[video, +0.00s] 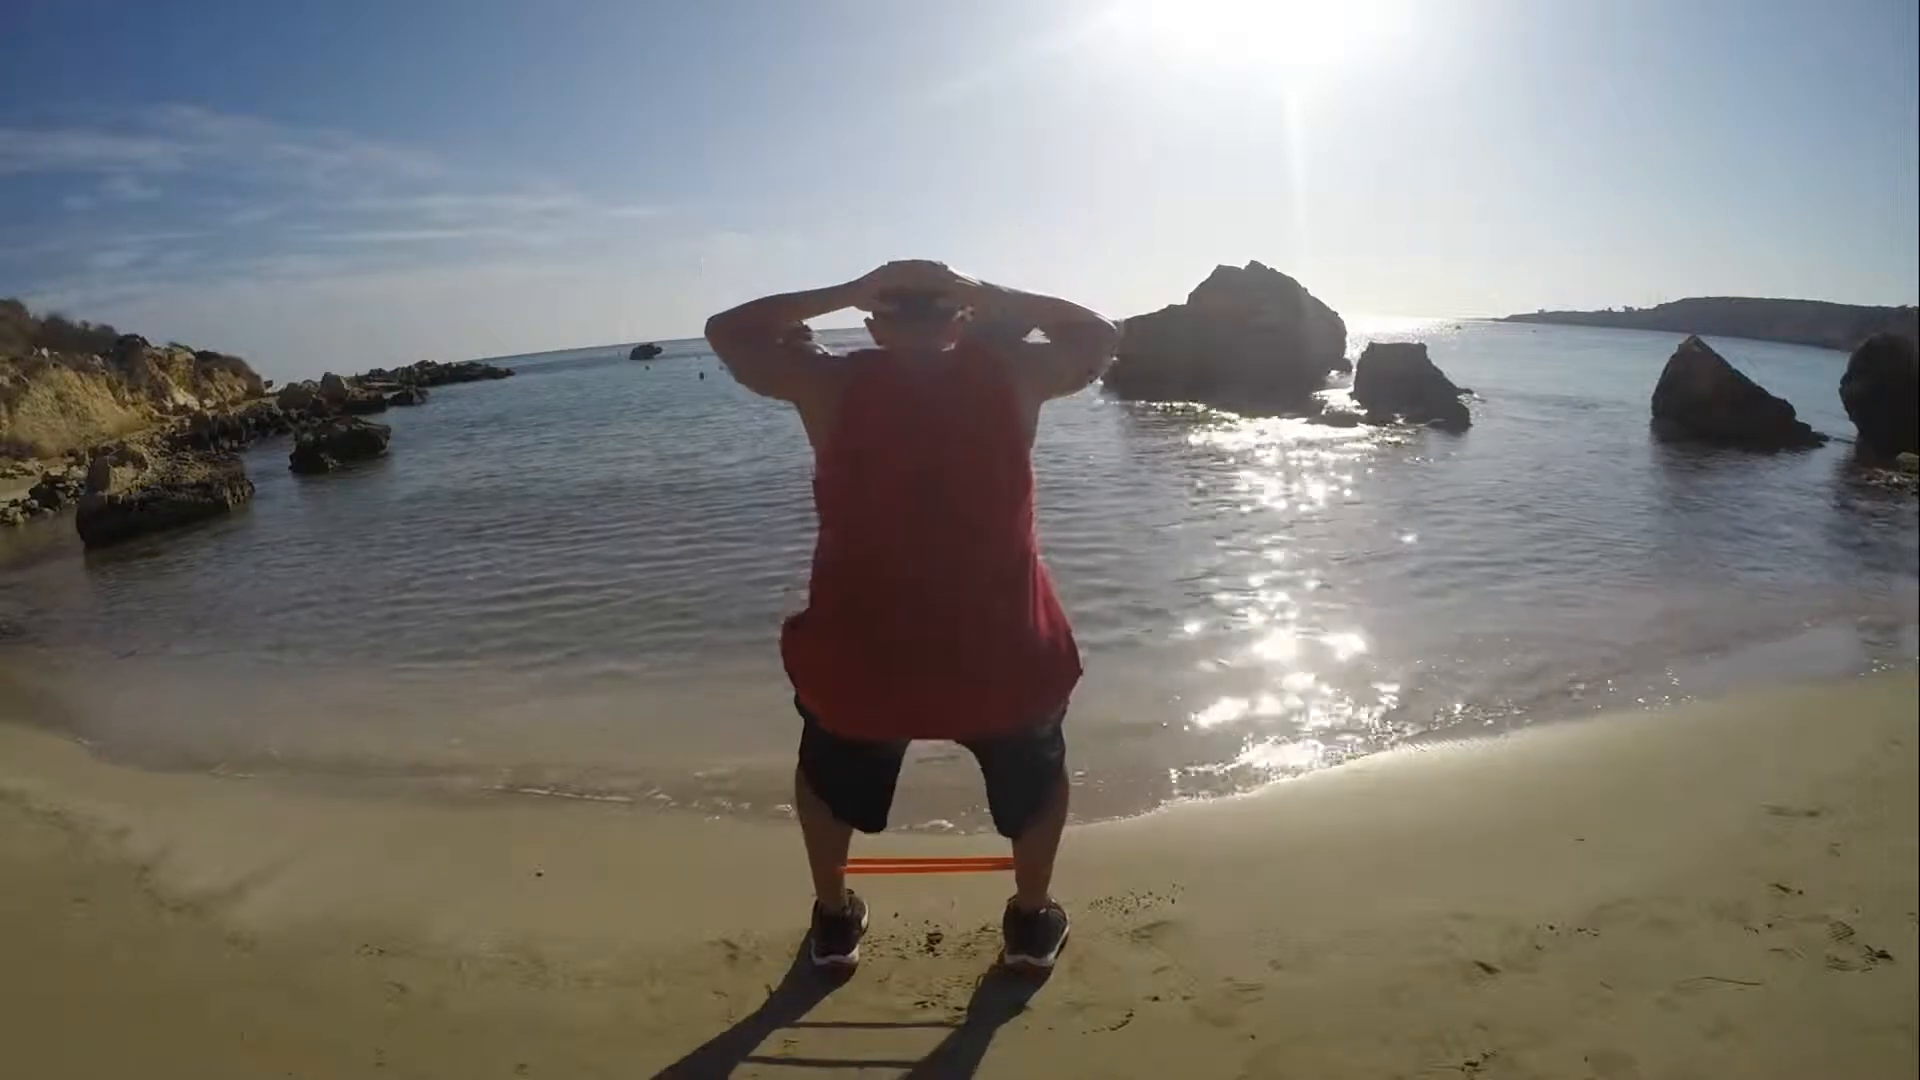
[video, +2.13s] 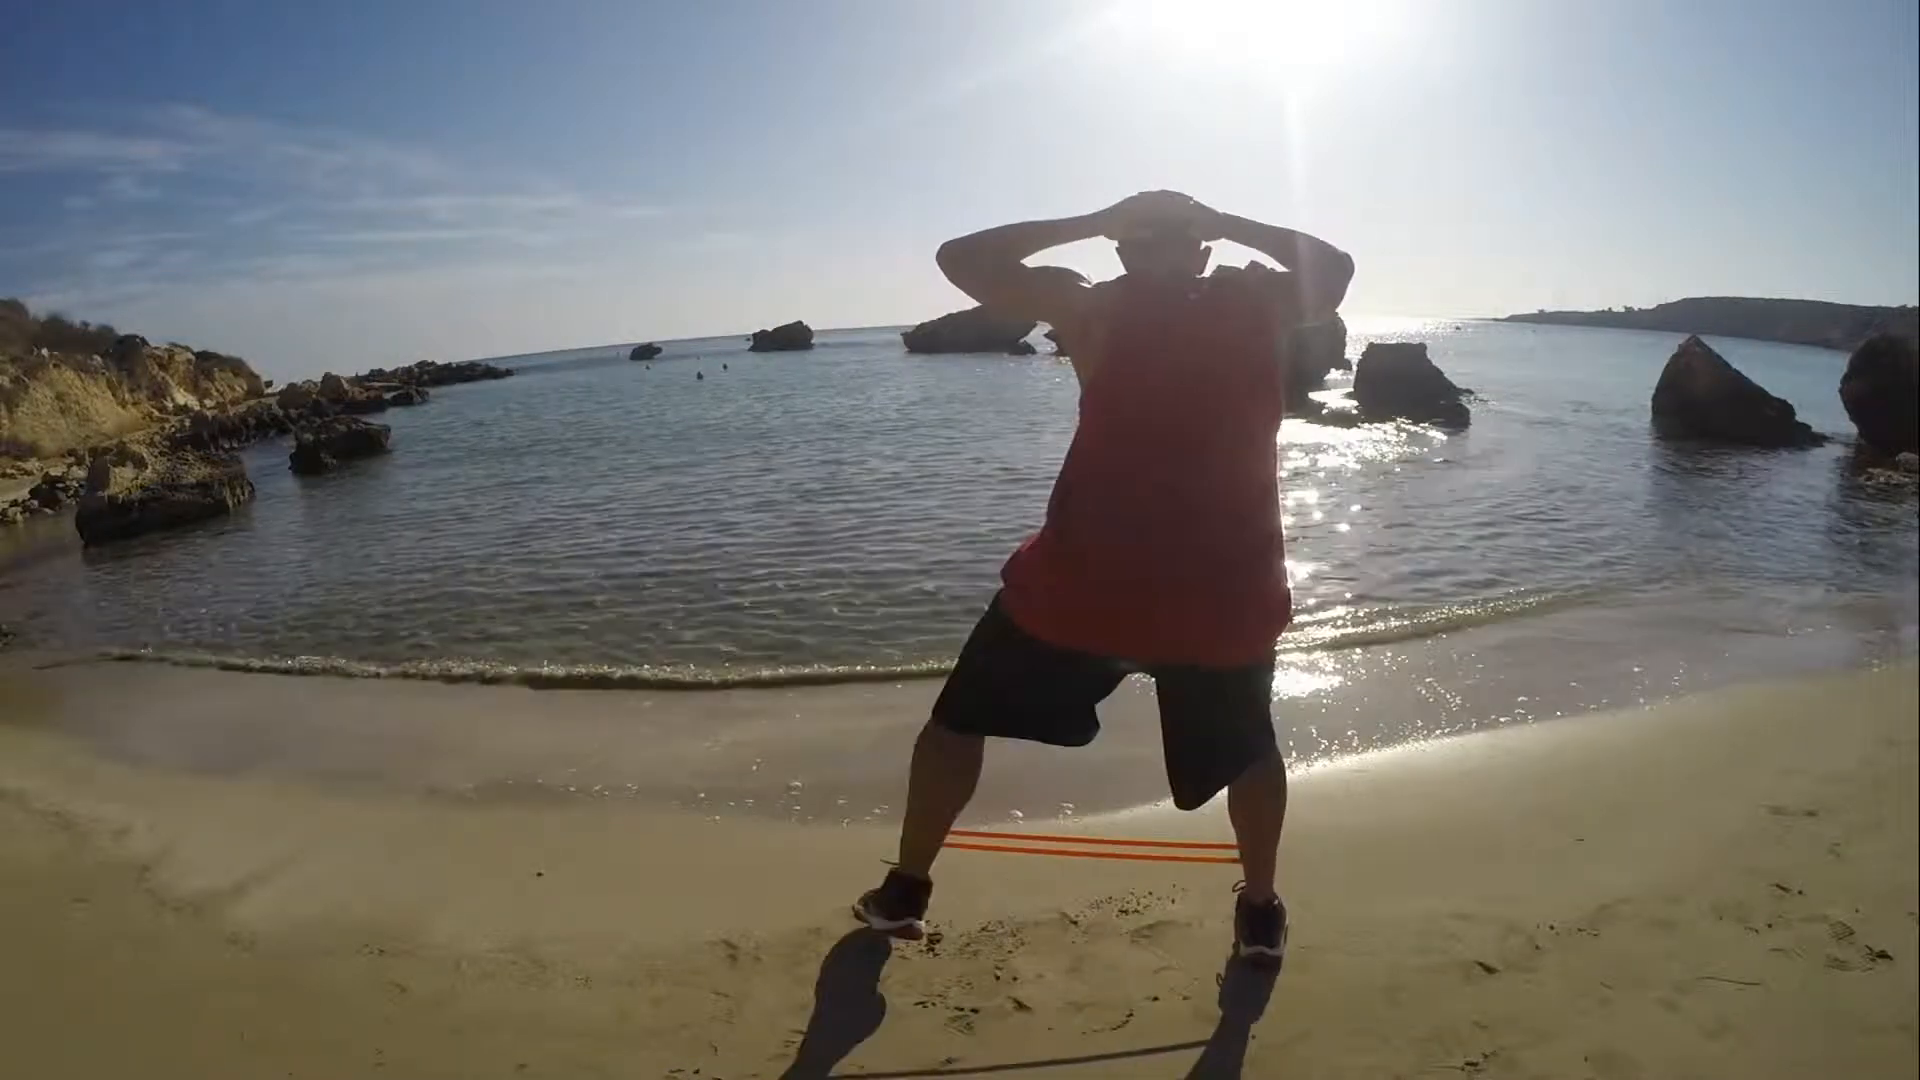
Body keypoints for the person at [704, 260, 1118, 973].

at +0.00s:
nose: (900, 306)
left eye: (894, 300)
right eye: (912, 296)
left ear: (875, 321)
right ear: (963, 316)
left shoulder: (828, 380)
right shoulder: (1009, 373)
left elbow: (728, 329)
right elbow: (1099, 335)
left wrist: (849, 293)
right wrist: (994, 296)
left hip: (863, 658)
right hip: (998, 655)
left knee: (827, 762)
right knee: (1035, 768)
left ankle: (832, 915)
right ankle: (1030, 917)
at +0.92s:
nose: (869, 241)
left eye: (868, 229)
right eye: (873, 228)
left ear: (833, 242)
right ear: (919, 242)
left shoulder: (791, 311)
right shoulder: (970, 296)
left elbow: (695, 271)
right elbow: (1067, 249)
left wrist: (806, 224)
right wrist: (945, 214)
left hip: (852, 580)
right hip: (998, 567)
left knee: (834, 760)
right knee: (1077, 731)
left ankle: (831, 919)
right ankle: (1095, 890)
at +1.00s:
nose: (866, 222)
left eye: (857, 214)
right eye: (884, 210)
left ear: (831, 237)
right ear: (918, 233)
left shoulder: (789, 303)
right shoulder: (968, 286)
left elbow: (698, 265)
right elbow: (1072, 236)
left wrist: (807, 214)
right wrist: (939, 201)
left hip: (855, 576)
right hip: (1003, 557)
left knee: (839, 760)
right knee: (1107, 727)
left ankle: (832, 917)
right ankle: (1156, 881)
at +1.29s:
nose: (929, 247)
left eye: (930, 234)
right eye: (934, 232)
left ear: (913, 250)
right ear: (998, 247)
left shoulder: (873, 322)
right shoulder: (1052, 304)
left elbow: (764, 278)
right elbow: (1147, 251)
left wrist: (881, 228)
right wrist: (1019, 217)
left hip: (934, 596)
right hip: (1083, 590)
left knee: (868, 771)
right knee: (1179, 764)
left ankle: (838, 916)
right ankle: (1253, 904)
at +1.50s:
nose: (1034, 246)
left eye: (1036, 231)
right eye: (1037, 229)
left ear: (1028, 240)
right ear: (1105, 235)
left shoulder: (999, 312)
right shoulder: (1167, 293)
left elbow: (866, 270)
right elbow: (1247, 243)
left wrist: (990, 221)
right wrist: (1127, 210)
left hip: (1036, 578)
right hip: (1179, 579)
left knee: (936, 743)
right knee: (1232, 748)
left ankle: (873, 896)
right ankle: (1257, 907)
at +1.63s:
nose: (1107, 230)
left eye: (1104, 216)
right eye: (1105, 215)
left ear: (1080, 228)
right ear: (1157, 221)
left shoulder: (1056, 298)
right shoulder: (1218, 281)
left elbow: (914, 250)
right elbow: (1291, 238)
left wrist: (1039, 207)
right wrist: (1183, 197)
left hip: (1085, 561)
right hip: (1225, 563)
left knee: (1002, 734)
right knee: (1251, 752)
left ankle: (992, 893)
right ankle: (1261, 904)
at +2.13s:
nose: (1144, 243)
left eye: (1137, 232)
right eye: (1161, 227)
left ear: (1120, 248)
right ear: (1203, 246)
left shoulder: (1089, 310)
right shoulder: (1259, 303)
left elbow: (960, 257)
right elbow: (1334, 263)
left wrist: (1092, 223)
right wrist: (1224, 221)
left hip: (1087, 566)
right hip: (1225, 581)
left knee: (959, 718)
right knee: (1249, 744)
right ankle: (1260, 908)